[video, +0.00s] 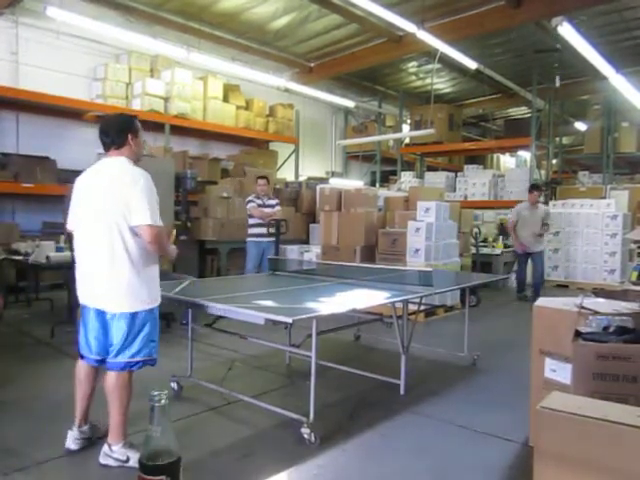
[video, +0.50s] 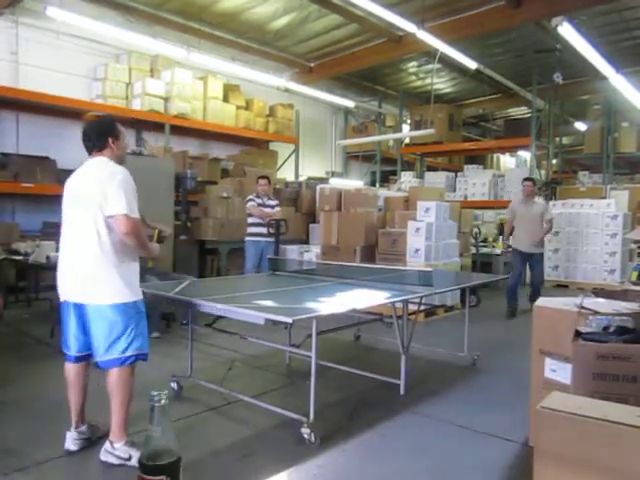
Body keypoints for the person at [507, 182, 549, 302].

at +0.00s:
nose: (537, 198)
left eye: (539, 195)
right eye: (535, 194)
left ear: (540, 196)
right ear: (529, 194)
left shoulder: (544, 210)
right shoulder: (519, 209)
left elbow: (546, 225)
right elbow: (511, 226)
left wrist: (542, 231)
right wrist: (517, 243)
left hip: (537, 247)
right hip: (522, 246)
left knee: (539, 274)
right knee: (521, 273)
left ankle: (536, 295)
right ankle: (520, 292)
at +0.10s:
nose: (534, 195)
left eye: (536, 192)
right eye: (532, 192)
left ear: (540, 194)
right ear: (528, 193)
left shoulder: (545, 211)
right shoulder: (519, 208)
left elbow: (548, 228)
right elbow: (511, 223)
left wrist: (542, 235)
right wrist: (511, 238)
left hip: (538, 247)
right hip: (521, 246)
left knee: (538, 276)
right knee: (521, 275)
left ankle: (534, 298)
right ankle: (522, 292)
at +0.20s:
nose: (533, 191)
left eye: (536, 188)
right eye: (531, 187)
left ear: (540, 191)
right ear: (527, 190)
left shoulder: (545, 208)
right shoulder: (519, 205)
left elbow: (549, 225)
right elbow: (511, 221)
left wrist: (543, 235)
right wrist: (508, 236)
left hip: (538, 246)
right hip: (521, 245)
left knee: (538, 276)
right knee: (520, 273)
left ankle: (534, 298)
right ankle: (522, 293)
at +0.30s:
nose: (532, 186)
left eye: (534, 184)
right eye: (530, 183)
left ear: (539, 186)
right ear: (526, 185)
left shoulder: (545, 204)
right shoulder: (517, 201)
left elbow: (550, 222)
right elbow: (510, 219)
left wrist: (542, 232)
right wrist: (507, 237)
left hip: (537, 244)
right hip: (519, 243)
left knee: (538, 277)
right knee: (519, 275)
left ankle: (534, 301)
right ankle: (521, 300)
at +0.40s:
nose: (529, 187)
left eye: (532, 185)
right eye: (527, 185)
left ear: (536, 187)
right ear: (524, 187)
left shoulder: (543, 204)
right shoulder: (516, 203)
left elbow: (551, 220)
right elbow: (509, 221)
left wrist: (543, 231)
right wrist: (507, 237)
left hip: (537, 245)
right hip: (520, 244)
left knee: (539, 278)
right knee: (517, 276)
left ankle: (534, 301)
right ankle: (514, 303)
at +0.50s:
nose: (526, 189)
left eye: (529, 186)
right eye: (524, 186)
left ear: (535, 189)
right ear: (522, 188)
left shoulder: (542, 205)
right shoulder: (515, 205)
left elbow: (549, 224)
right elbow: (509, 223)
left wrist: (542, 236)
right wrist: (505, 239)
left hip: (536, 249)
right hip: (518, 247)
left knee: (538, 280)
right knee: (514, 279)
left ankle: (534, 302)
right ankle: (511, 307)